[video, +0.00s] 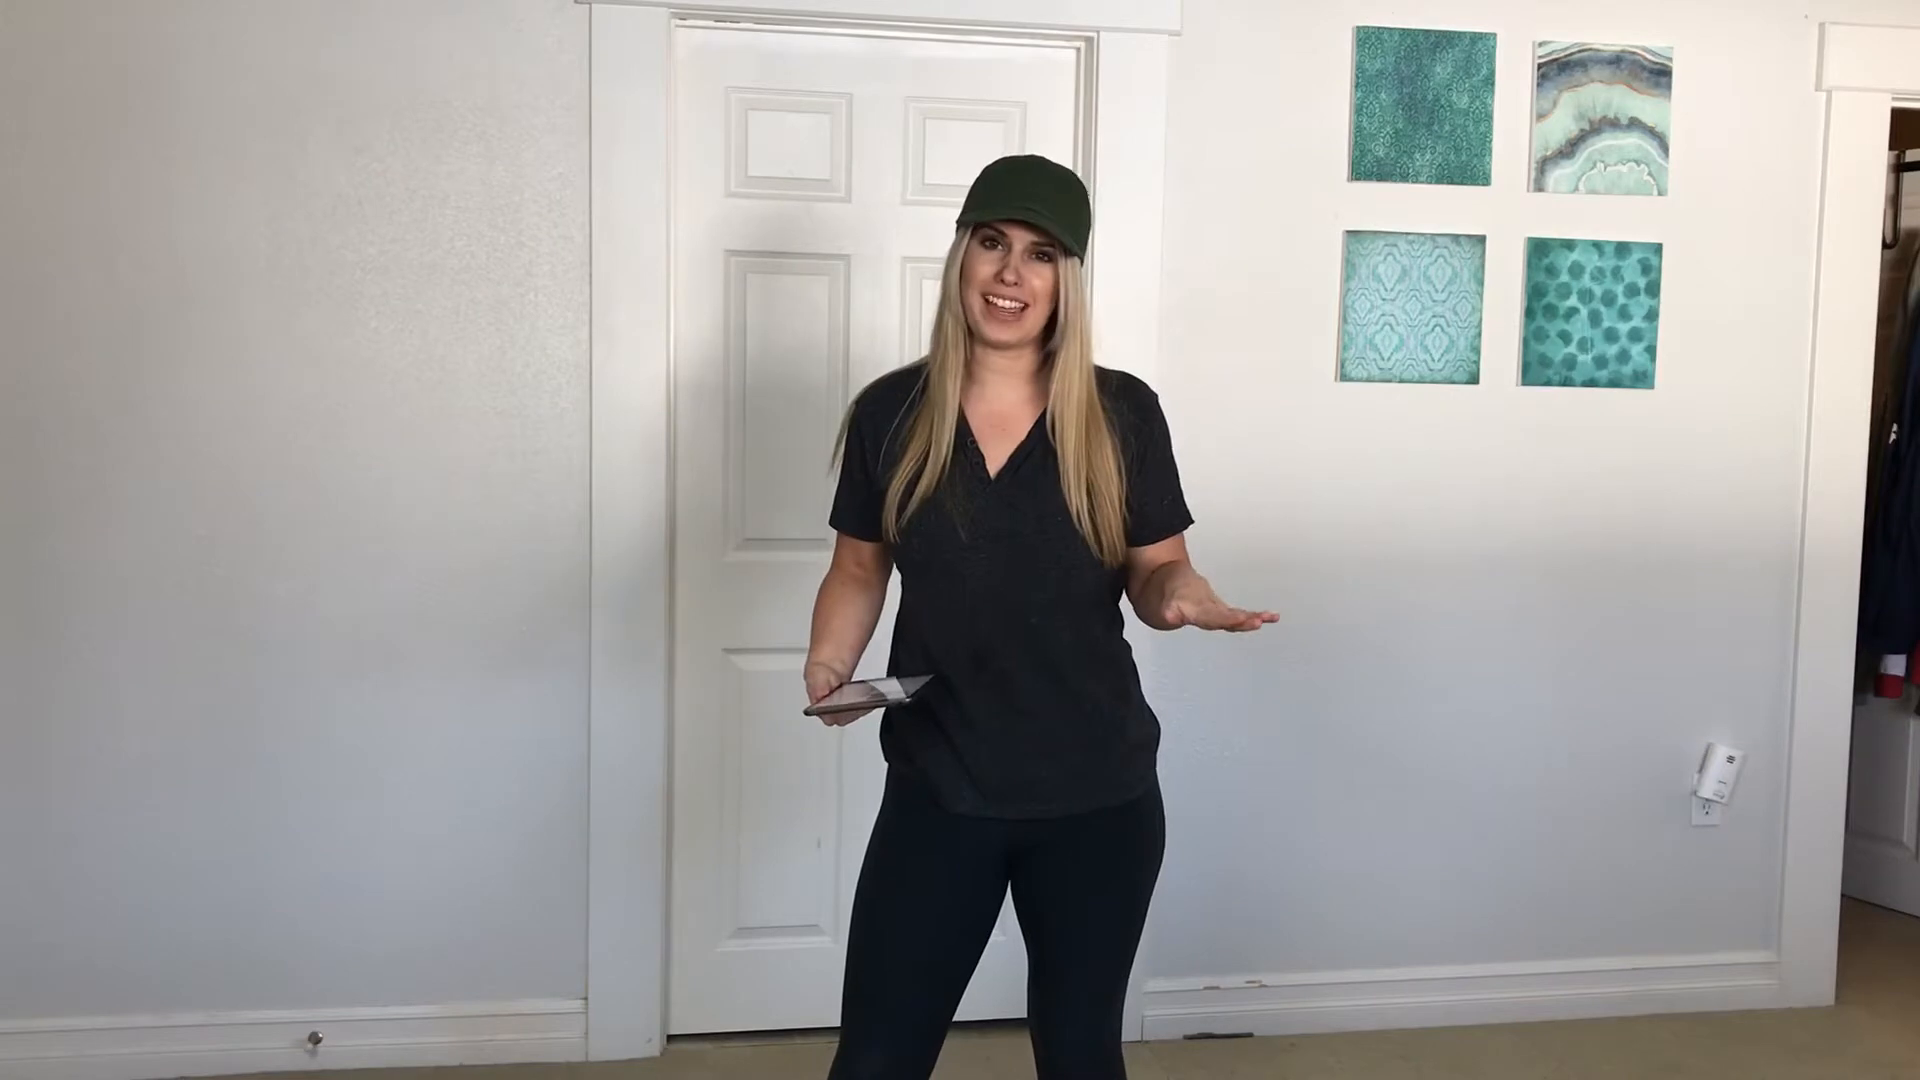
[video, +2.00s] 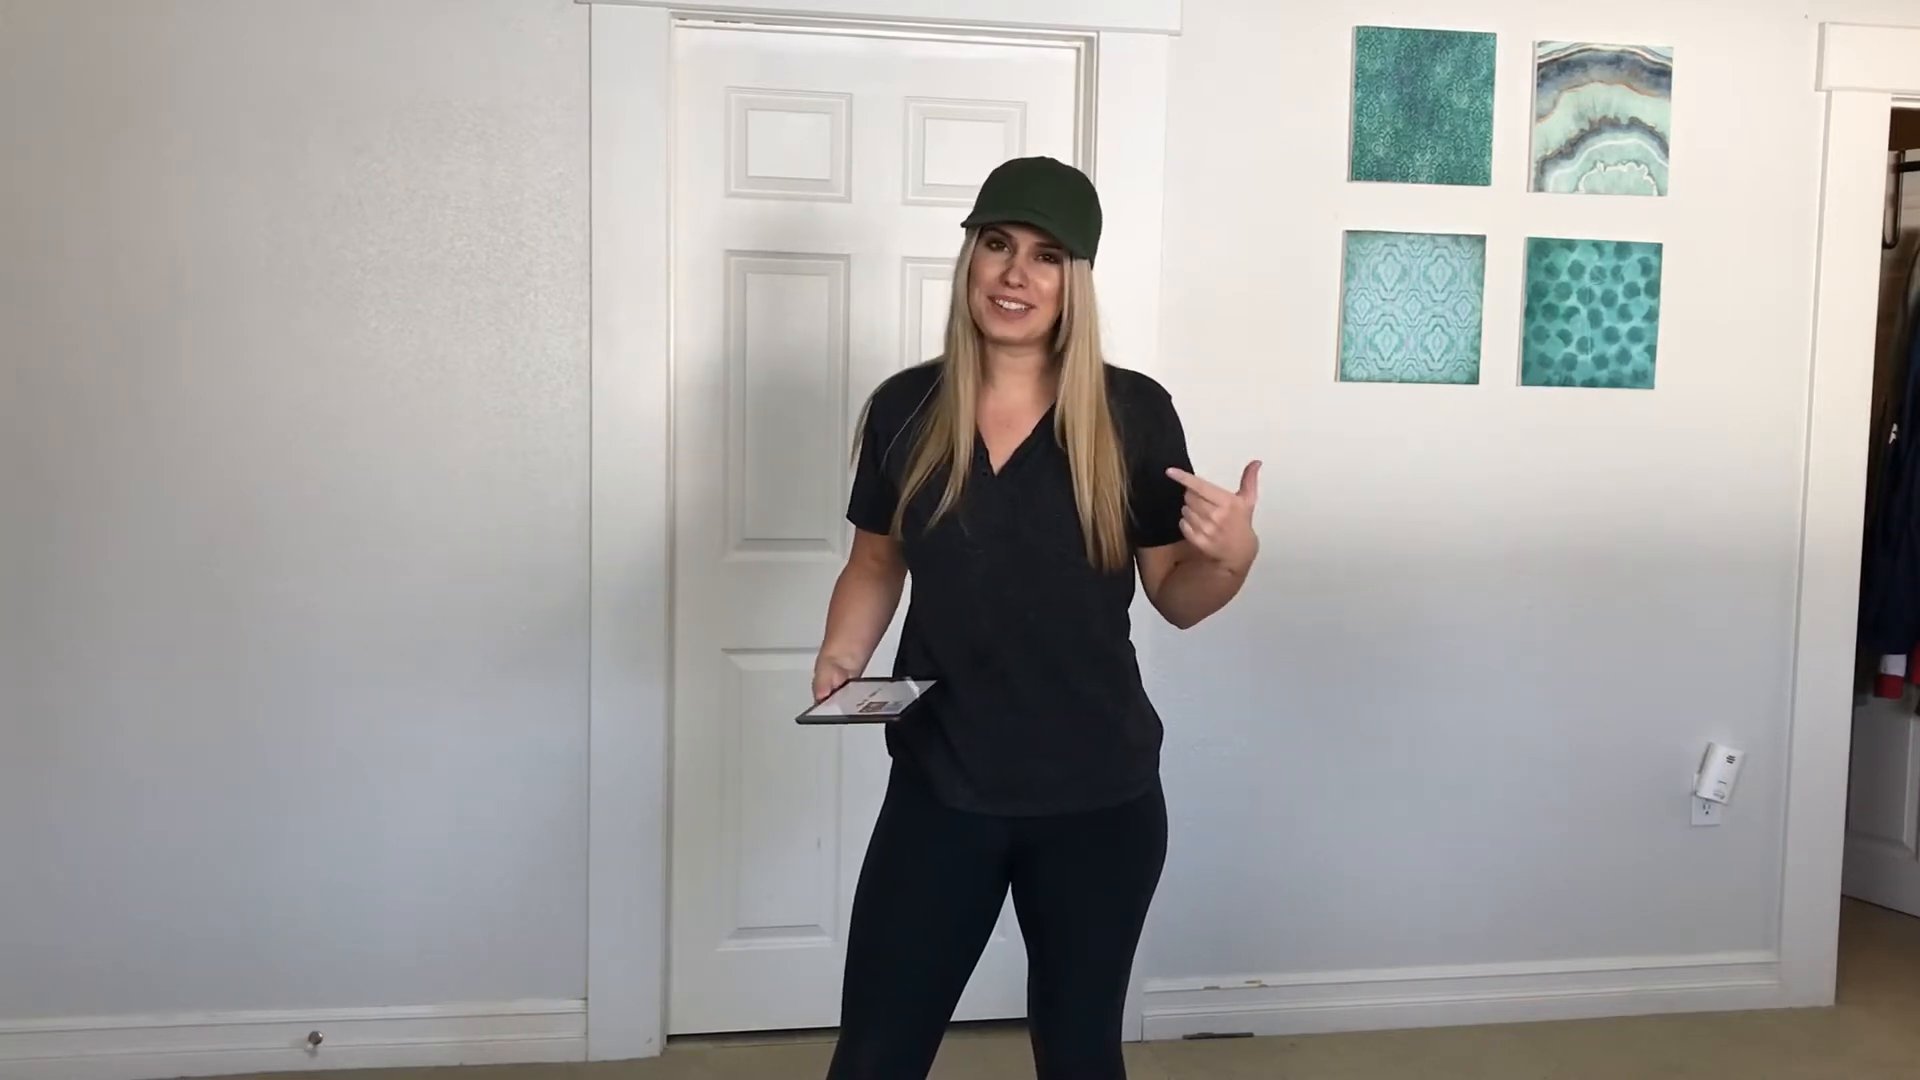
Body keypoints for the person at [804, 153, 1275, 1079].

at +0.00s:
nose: (1011, 273)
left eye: (1039, 255)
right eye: (993, 245)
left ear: (1069, 280)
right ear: (959, 259)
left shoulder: (1119, 409)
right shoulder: (892, 412)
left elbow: (1158, 567)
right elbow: (856, 569)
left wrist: (1186, 599)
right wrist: (829, 664)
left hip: (1095, 792)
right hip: (941, 787)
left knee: (1079, 1055)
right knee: (876, 1058)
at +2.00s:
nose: (1015, 272)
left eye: (1044, 256)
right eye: (998, 246)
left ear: (1076, 281)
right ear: (967, 261)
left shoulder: (1132, 411)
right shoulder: (907, 408)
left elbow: (1178, 598)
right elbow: (875, 562)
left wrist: (1229, 559)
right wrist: (840, 658)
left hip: (1096, 792)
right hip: (943, 786)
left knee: (1078, 1055)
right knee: (875, 1056)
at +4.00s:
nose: (1000, 263)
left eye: (1031, 247)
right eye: (987, 238)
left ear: (1068, 276)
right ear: (963, 254)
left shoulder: (1127, 407)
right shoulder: (914, 414)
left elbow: (1192, 591)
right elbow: (899, 567)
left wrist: (1220, 546)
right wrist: (835, 641)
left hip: (1093, 801)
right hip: (941, 797)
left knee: (1077, 1057)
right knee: (875, 1059)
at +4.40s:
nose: (1024, 252)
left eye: (1051, 236)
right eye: (1004, 228)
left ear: (1077, 269)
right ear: (970, 250)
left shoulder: (1123, 405)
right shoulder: (923, 404)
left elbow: (1271, 534)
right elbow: (908, 552)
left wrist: (1208, 428)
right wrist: (848, 631)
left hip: (1086, 799)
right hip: (937, 793)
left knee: (1072, 1059)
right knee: (874, 1058)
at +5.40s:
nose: (1031, 252)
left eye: (1059, 234)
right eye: (1009, 228)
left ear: (1090, 261)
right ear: (978, 251)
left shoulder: (1140, 409)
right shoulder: (930, 399)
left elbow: (1207, 578)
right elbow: (916, 542)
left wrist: (1163, 527)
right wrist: (865, 609)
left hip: (1079, 798)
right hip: (929, 790)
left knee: (1068, 1056)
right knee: (869, 1056)